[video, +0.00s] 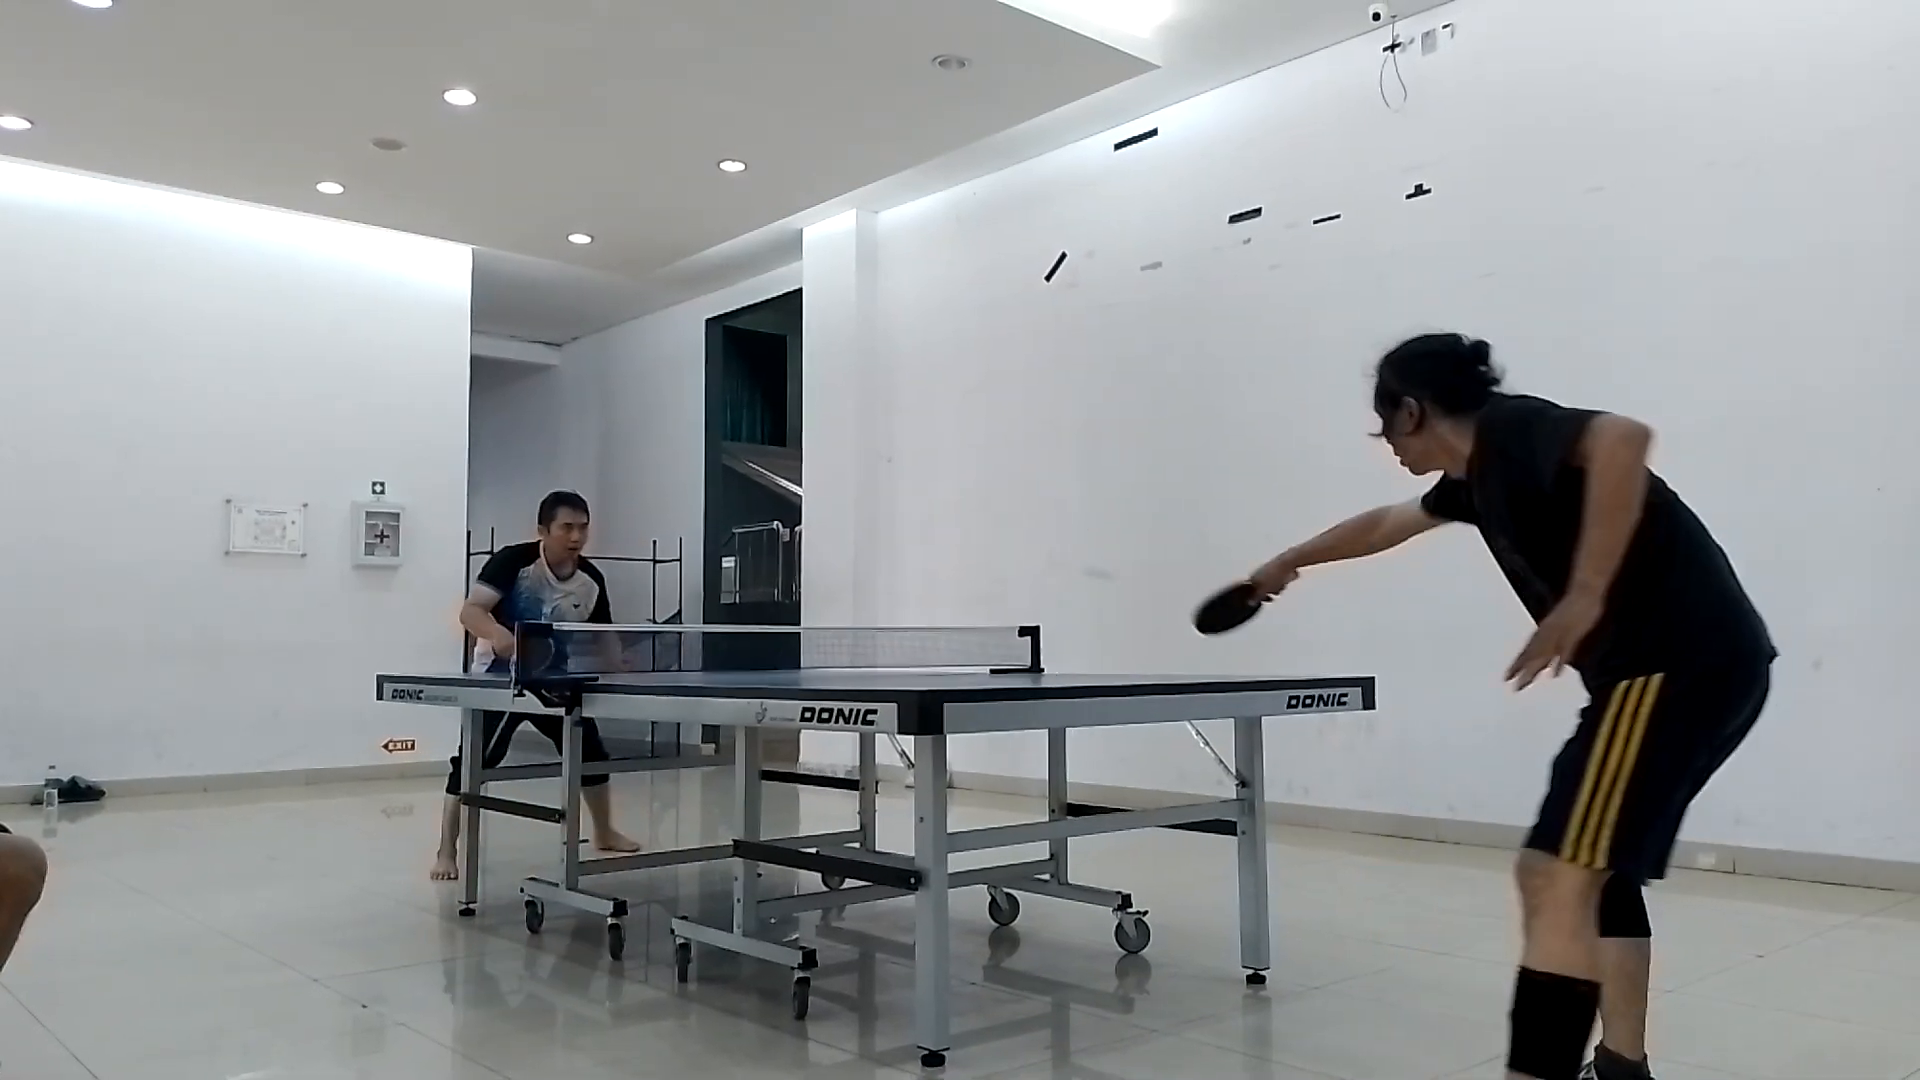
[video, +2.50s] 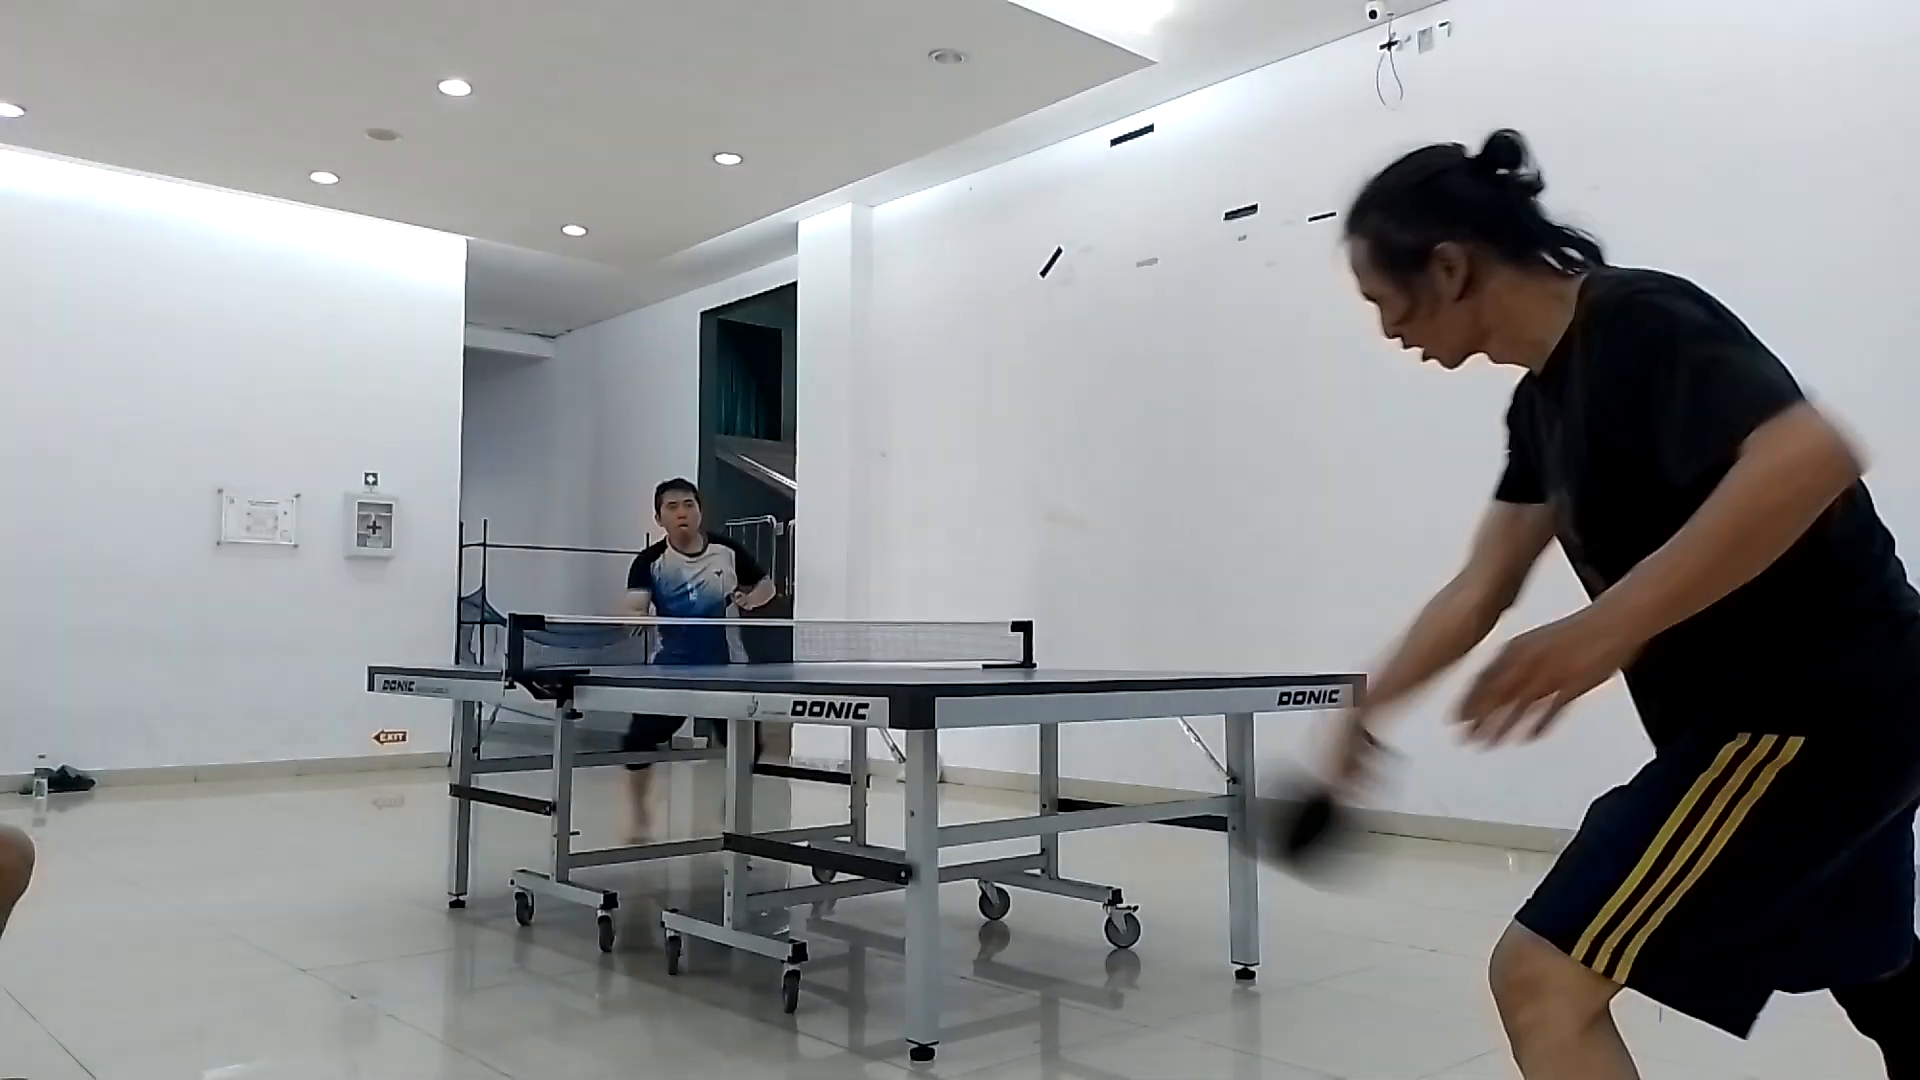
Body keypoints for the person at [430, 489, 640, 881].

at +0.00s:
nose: (577, 536)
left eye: (582, 528)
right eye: (567, 528)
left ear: (588, 530)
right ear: (543, 530)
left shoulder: (591, 580)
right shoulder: (512, 560)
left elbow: (605, 636)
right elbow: (469, 613)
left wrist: (617, 667)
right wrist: (498, 634)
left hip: (556, 685)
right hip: (498, 682)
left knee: (591, 754)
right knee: (472, 758)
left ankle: (604, 834)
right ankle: (447, 850)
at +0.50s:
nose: (539, 571)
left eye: (545, 562)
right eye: (530, 563)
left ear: (552, 563)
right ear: (506, 564)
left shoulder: (558, 601)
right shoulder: (477, 598)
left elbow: (578, 658)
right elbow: (445, 659)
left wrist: (600, 657)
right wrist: (485, 682)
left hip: (530, 703)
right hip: (478, 702)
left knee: (587, 760)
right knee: (471, 764)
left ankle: (572, 828)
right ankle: (427, 846)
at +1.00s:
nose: (554, 556)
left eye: (560, 548)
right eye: (544, 548)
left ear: (566, 554)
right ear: (520, 555)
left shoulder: (562, 599)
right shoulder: (500, 588)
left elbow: (562, 645)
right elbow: (484, 622)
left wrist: (597, 669)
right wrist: (511, 602)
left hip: (517, 695)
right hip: (470, 693)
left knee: (582, 752)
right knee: (471, 760)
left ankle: (567, 824)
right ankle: (422, 842)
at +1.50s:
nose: (612, 520)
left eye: (617, 512)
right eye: (602, 513)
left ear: (625, 517)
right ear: (582, 523)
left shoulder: (645, 563)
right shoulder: (562, 564)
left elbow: (667, 622)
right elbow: (544, 625)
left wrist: (667, 629)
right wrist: (574, 633)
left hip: (636, 675)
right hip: (584, 677)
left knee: (676, 730)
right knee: (556, 746)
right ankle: (545, 833)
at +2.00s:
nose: (687, 550)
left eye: (691, 541)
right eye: (676, 543)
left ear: (698, 544)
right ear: (657, 550)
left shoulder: (710, 576)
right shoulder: (646, 585)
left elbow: (746, 583)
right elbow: (683, 623)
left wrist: (772, 579)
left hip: (673, 685)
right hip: (626, 686)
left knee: (716, 741)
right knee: (595, 748)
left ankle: (720, 821)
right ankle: (548, 819)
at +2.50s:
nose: (682, 512)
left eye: (688, 504)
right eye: (672, 506)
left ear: (700, 511)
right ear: (660, 518)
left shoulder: (729, 553)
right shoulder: (649, 562)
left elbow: (768, 586)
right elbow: (631, 614)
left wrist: (753, 598)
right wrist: (635, 617)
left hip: (724, 669)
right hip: (671, 671)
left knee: (744, 746)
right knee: (637, 744)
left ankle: (735, 818)